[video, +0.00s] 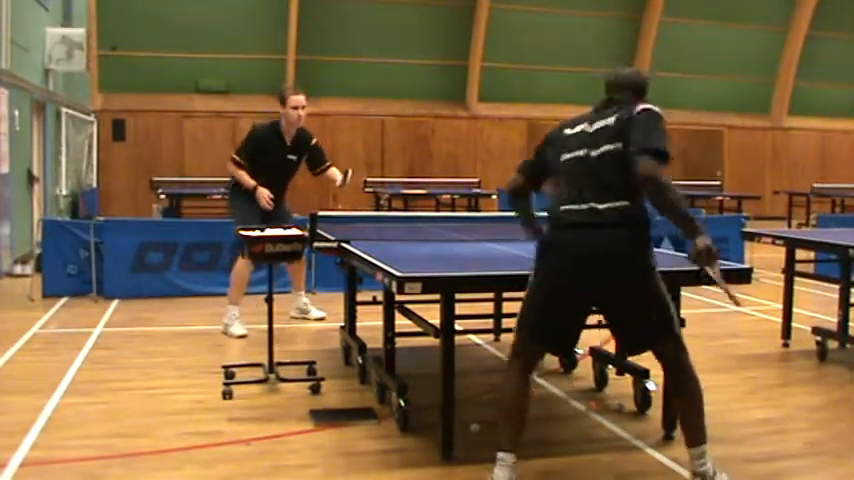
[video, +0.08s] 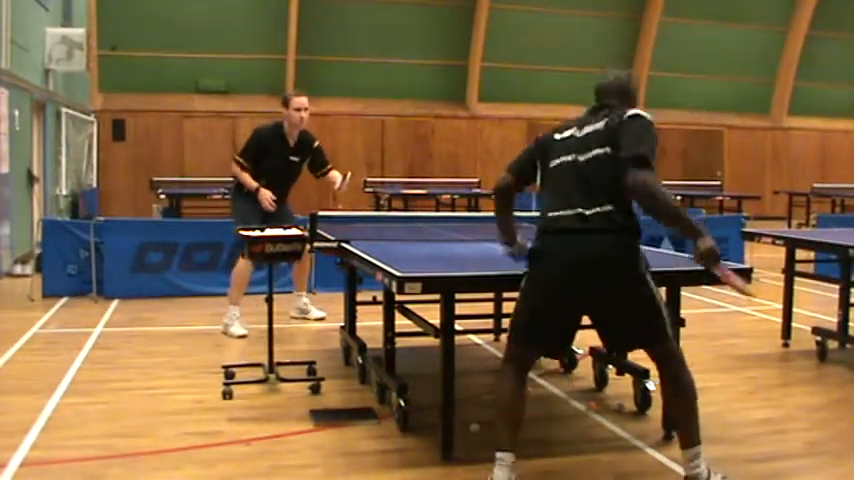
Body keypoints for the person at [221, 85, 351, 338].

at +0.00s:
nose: (300, 113)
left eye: (303, 108)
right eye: (295, 108)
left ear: (307, 110)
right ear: (282, 110)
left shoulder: (305, 139)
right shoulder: (261, 134)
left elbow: (325, 167)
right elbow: (233, 166)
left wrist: (338, 178)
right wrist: (256, 189)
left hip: (275, 198)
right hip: (246, 196)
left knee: (294, 243)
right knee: (250, 248)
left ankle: (299, 302)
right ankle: (232, 315)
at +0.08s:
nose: (303, 115)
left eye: (306, 110)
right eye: (297, 110)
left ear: (309, 113)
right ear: (285, 112)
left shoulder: (308, 141)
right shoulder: (264, 135)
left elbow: (326, 170)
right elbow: (237, 167)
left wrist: (337, 180)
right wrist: (258, 190)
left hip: (277, 201)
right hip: (248, 198)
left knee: (303, 243)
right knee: (251, 249)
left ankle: (301, 302)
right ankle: (232, 315)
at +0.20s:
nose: (306, 116)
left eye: (309, 112)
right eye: (300, 111)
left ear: (312, 114)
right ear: (287, 113)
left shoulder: (312, 143)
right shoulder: (266, 135)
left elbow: (325, 173)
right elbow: (240, 167)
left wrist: (336, 182)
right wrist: (261, 191)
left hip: (280, 201)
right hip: (250, 198)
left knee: (304, 244)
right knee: (247, 247)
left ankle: (301, 302)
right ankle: (226, 314)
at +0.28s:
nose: (307, 119)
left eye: (311, 114)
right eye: (302, 114)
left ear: (314, 117)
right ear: (288, 115)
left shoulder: (311, 144)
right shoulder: (267, 136)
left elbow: (324, 175)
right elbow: (241, 169)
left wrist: (333, 189)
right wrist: (263, 194)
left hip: (278, 201)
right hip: (248, 198)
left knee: (302, 244)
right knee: (243, 252)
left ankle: (300, 302)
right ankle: (222, 315)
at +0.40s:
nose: (309, 132)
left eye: (312, 127)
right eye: (304, 127)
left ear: (314, 128)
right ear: (290, 127)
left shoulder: (307, 154)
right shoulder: (267, 145)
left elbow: (312, 186)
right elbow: (240, 180)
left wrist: (319, 201)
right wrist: (265, 205)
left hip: (275, 205)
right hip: (245, 201)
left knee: (302, 245)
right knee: (243, 252)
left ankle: (300, 302)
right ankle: (220, 316)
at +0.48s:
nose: (311, 142)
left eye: (313, 137)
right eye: (306, 136)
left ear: (315, 137)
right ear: (291, 135)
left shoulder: (305, 160)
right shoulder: (266, 151)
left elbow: (304, 193)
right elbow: (239, 186)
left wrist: (310, 205)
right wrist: (265, 211)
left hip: (274, 209)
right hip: (244, 204)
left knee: (304, 246)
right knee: (243, 255)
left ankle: (300, 303)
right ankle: (220, 317)